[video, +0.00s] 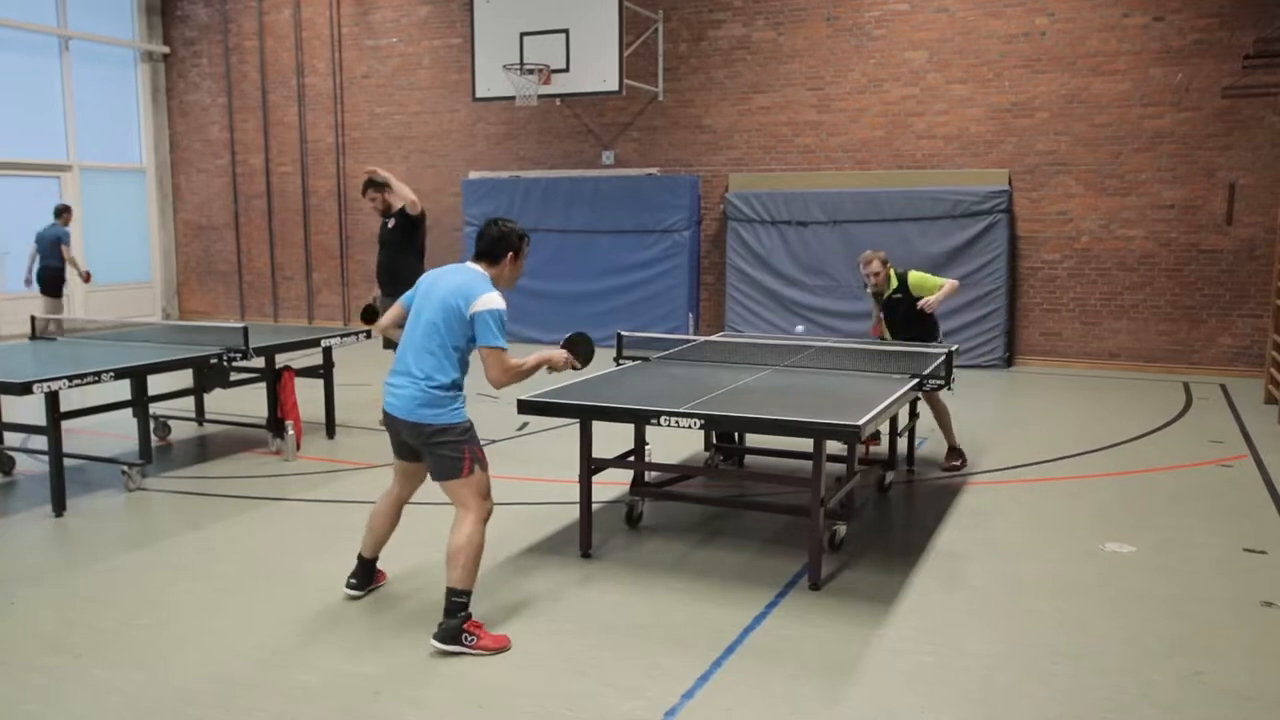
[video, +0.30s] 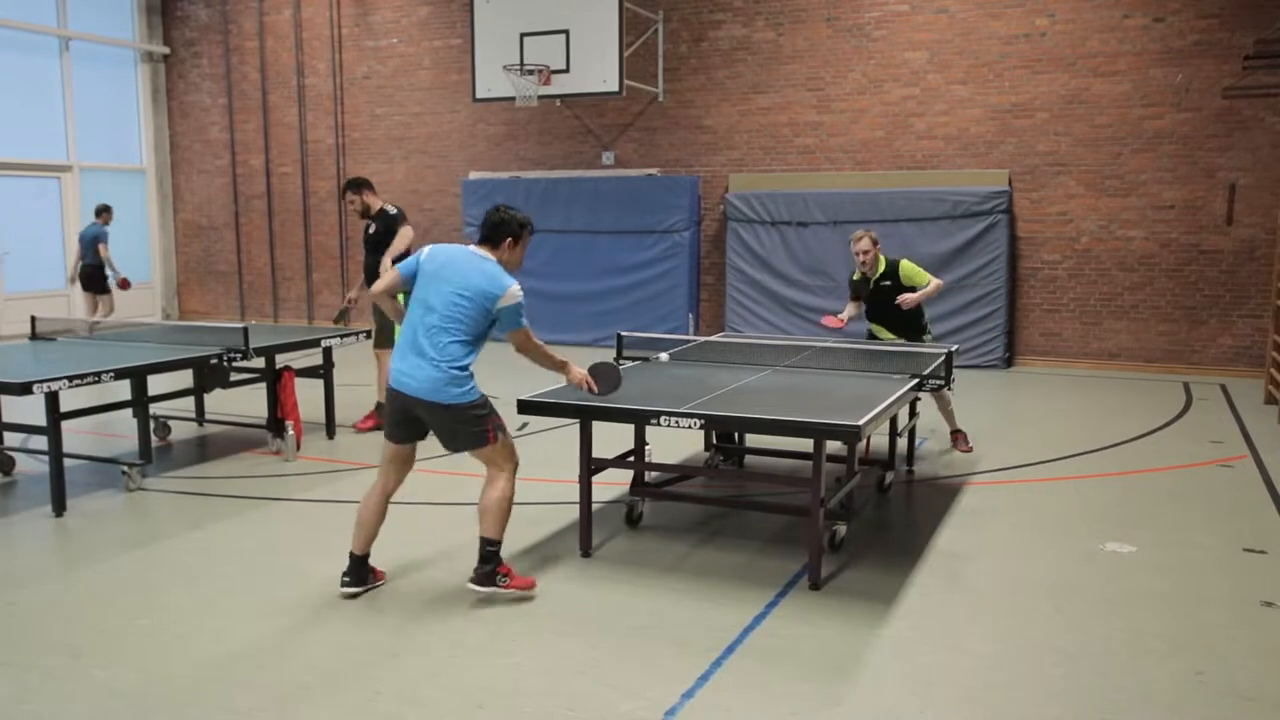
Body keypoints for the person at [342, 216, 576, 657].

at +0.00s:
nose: (520, 271)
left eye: (522, 263)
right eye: (522, 262)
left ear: (479, 252)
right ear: (509, 258)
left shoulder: (434, 276)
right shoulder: (485, 295)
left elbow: (386, 325)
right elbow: (500, 375)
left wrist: (429, 344)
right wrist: (546, 357)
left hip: (398, 405)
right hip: (438, 413)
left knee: (403, 484)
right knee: (475, 507)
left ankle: (361, 573)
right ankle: (455, 624)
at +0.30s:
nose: (523, 257)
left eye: (525, 249)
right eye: (523, 248)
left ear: (483, 237)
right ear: (509, 244)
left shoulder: (435, 253)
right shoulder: (504, 287)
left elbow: (379, 290)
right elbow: (525, 344)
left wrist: (408, 323)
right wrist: (566, 368)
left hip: (401, 383)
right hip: (448, 390)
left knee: (387, 476)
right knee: (503, 465)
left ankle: (356, 569)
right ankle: (489, 567)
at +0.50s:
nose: (552, 269)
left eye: (551, 261)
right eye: (550, 262)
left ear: (512, 256)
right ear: (538, 262)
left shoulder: (468, 274)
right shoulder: (539, 307)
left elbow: (420, 318)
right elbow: (561, 344)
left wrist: (439, 343)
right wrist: (598, 341)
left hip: (434, 400)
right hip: (487, 411)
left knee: (383, 482)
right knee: (517, 478)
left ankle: (325, 563)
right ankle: (521, 555)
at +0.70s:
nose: (543, 270)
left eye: (543, 264)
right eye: (543, 264)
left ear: (501, 259)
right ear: (534, 264)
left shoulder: (462, 282)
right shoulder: (541, 315)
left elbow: (423, 334)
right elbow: (555, 382)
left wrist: (446, 366)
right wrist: (571, 358)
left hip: (443, 416)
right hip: (500, 423)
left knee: (413, 494)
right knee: (521, 478)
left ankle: (398, 577)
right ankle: (522, 555)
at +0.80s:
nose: (532, 256)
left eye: (531, 248)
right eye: (532, 249)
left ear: (489, 246)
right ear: (522, 250)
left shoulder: (443, 273)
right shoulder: (526, 300)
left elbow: (402, 326)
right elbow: (528, 378)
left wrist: (434, 354)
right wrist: (554, 365)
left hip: (430, 411)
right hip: (485, 418)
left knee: (436, 499)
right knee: (507, 486)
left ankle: (449, 599)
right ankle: (530, 550)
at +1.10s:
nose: (515, 251)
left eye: (517, 243)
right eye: (517, 242)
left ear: (470, 233)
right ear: (506, 239)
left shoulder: (421, 267)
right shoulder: (496, 282)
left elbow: (384, 331)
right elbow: (514, 360)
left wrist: (429, 329)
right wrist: (547, 370)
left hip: (396, 404)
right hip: (453, 409)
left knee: (390, 501)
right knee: (495, 514)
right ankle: (510, 629)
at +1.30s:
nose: (475, 279)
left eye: (474, 273)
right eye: (474, 273)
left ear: (425, 272)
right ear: (466, 280)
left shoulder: (389, 295)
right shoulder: (468, 336)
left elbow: (413, 337)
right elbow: (515, 384)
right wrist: (543, 358)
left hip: (346, 444)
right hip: (402, 454)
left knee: (346, 519)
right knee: (470, 546)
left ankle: (282, 618)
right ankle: (502, 669)